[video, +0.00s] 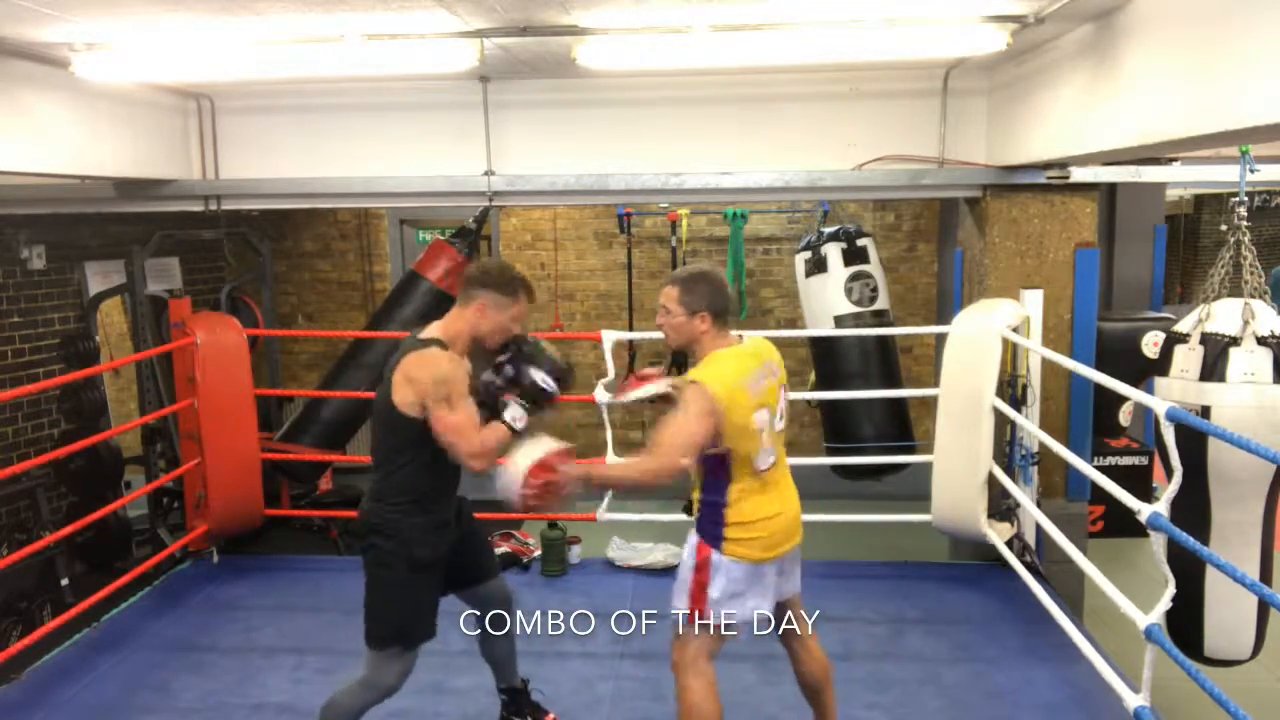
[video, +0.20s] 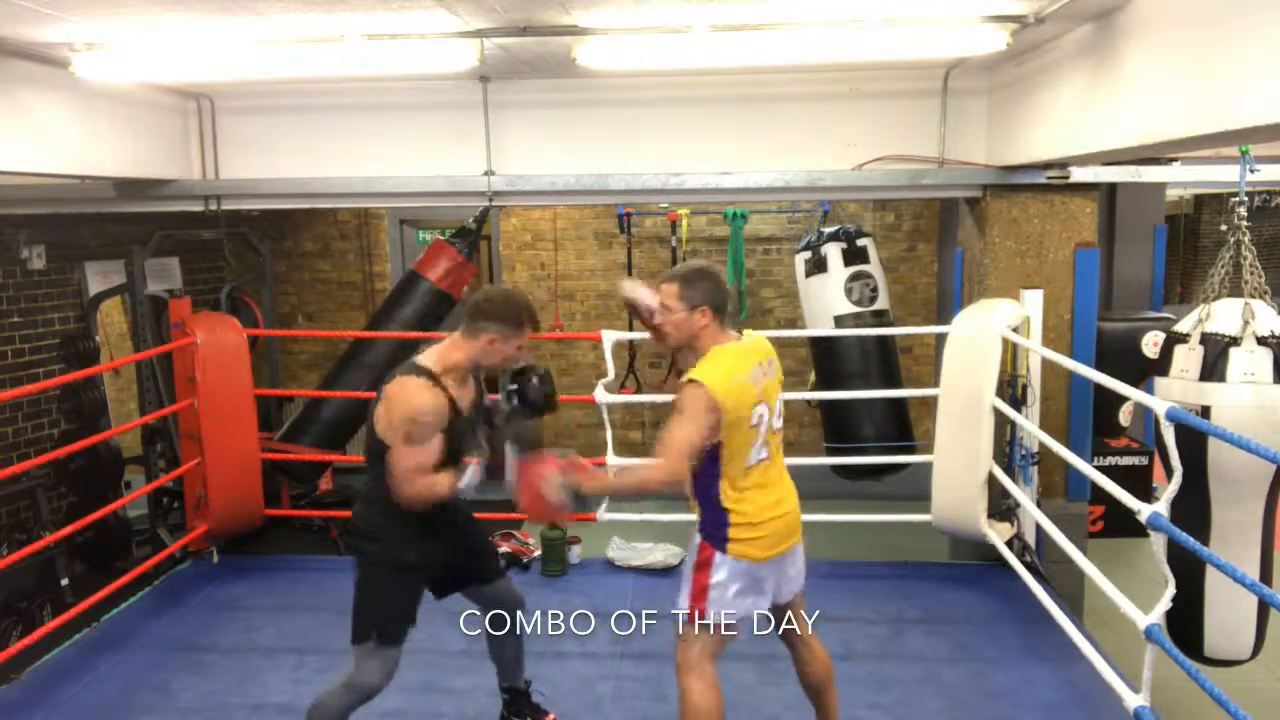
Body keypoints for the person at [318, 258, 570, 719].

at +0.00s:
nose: (513, 337)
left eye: (519, 328)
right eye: (513, 324)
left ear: (477, 307)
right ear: (480, 307)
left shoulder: (447, 351)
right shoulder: (437, 366)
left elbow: (464, 426)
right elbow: (477, 454)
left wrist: (500, 393)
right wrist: (524, 404)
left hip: (443, 520)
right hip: (401, 531)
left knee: (496, 604)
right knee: (386, 675)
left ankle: (515, 703)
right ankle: (328, 717)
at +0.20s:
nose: (521, 357)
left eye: (524, 347)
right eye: (519, 347)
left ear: (489, 339)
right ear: (490, 341)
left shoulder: (463, 369)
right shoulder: (416, 398)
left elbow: (471, 438)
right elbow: (409, 489)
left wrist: (511, 415)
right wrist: (472, 471)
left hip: (443, 521)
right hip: (392, 534)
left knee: (505, 606)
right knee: (370, 675)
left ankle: (517, 704)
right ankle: (318, 715)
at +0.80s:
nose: (551, 363)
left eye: (553, 348)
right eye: (544, 347)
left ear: (506, 335)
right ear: (514, 337)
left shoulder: (459, 361)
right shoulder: (489, 380)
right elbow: (533, 467)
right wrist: (597, 437)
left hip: (455, 532)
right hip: (415, 544)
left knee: (519, 608)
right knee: (405, 694)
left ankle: (514, 702)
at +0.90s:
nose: (578, 399)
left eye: (583, 389)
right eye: (577, 387)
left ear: (547, 373)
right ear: (548, 373)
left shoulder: (512, 406)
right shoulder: (487, 413)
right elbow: (470, 508)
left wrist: (550, 461)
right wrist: (539, 493)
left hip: (463, 543)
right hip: (417, 554)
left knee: (532, 613)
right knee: (440, 693)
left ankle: (515, 701)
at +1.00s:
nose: (577, 401)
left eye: (578, 390)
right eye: (571, 389)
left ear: (537, 386)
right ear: (535, 383)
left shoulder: (524, 426)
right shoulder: (453, 422)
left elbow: (513, 493)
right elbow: (446, 524)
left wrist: (570, 470)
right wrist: (515, 484)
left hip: (479, 553)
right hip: (425, 565)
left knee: (556, 638)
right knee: (446, 697)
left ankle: (519, 703)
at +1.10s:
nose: (565, 388)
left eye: (568, 376)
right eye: (561, 373)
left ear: (526, 371)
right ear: (525, 370)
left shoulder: (510, 421)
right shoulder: (442, 424)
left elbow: (509, 491)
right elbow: (436, 527)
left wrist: (562, 461)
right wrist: (507, 477)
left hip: (487, 559)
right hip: (437, 573)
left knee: (568, 646)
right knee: (467, 705)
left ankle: (523, 702)